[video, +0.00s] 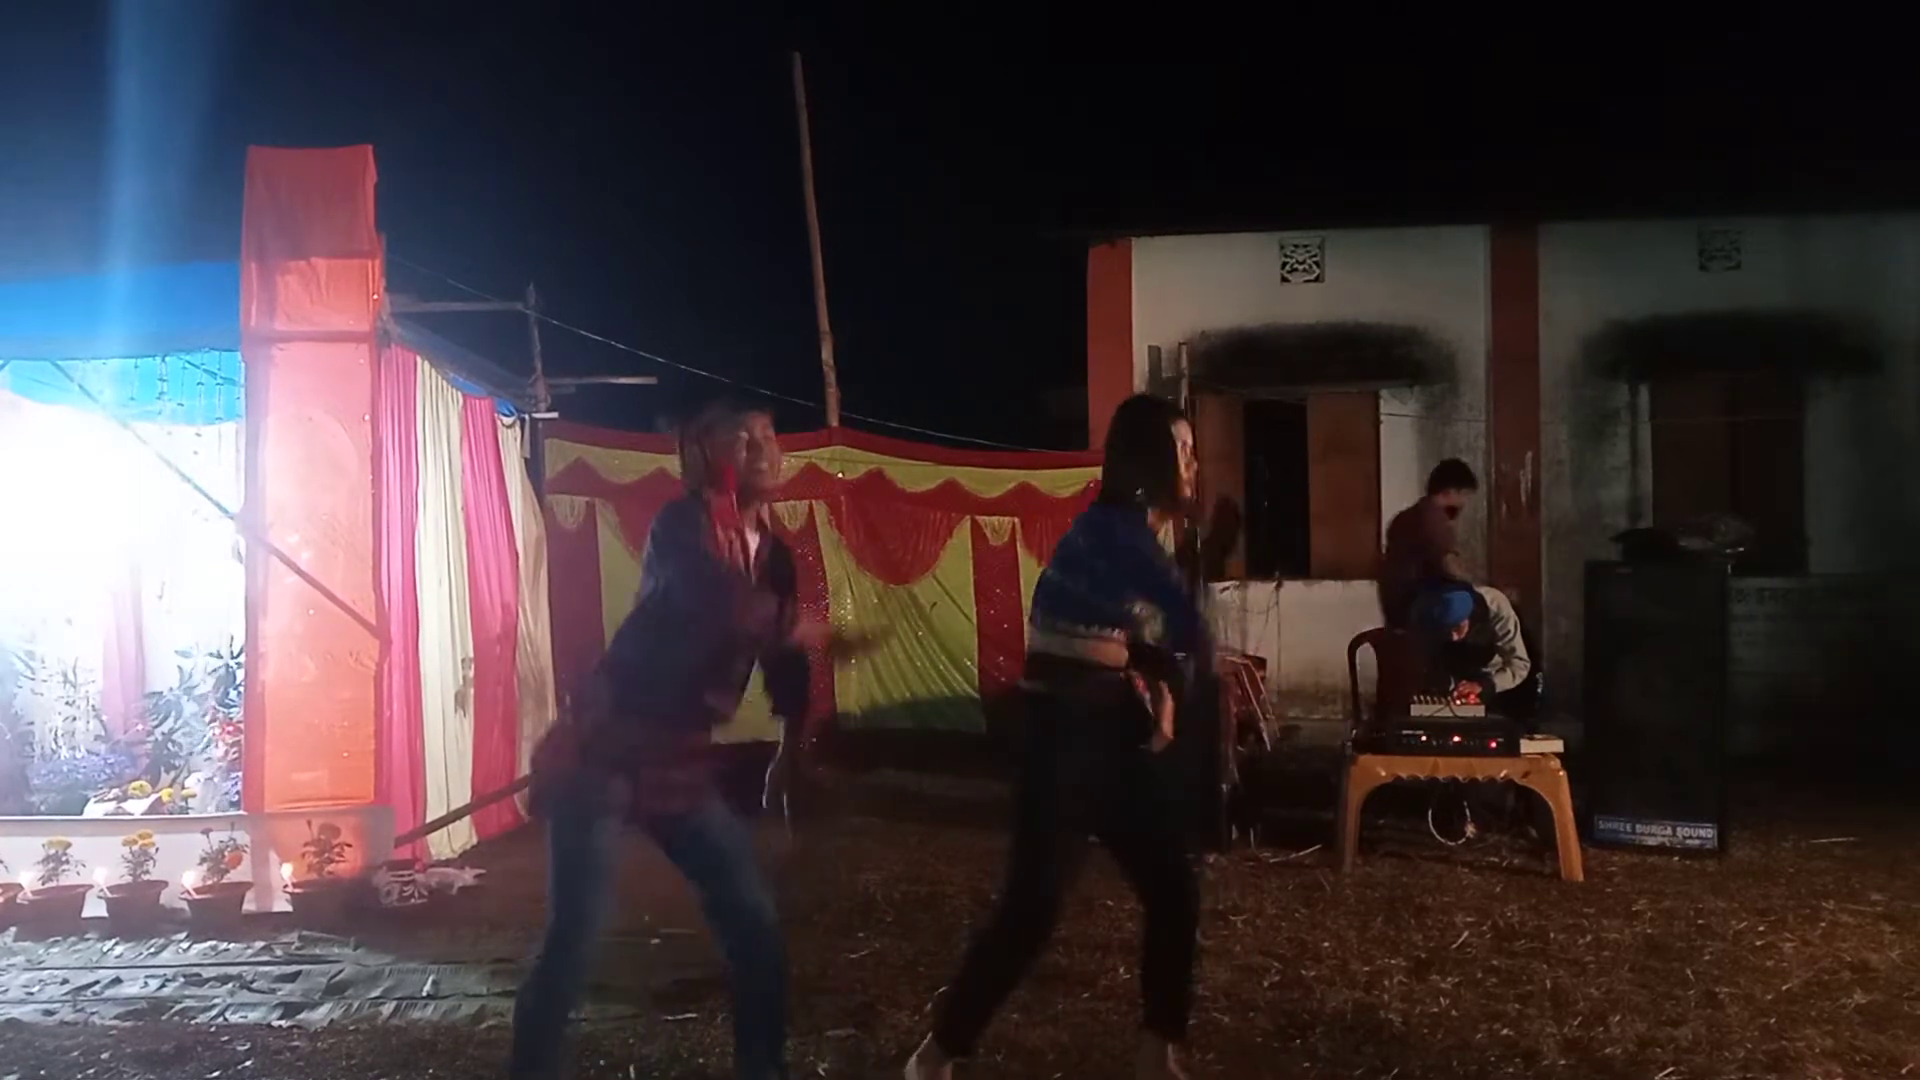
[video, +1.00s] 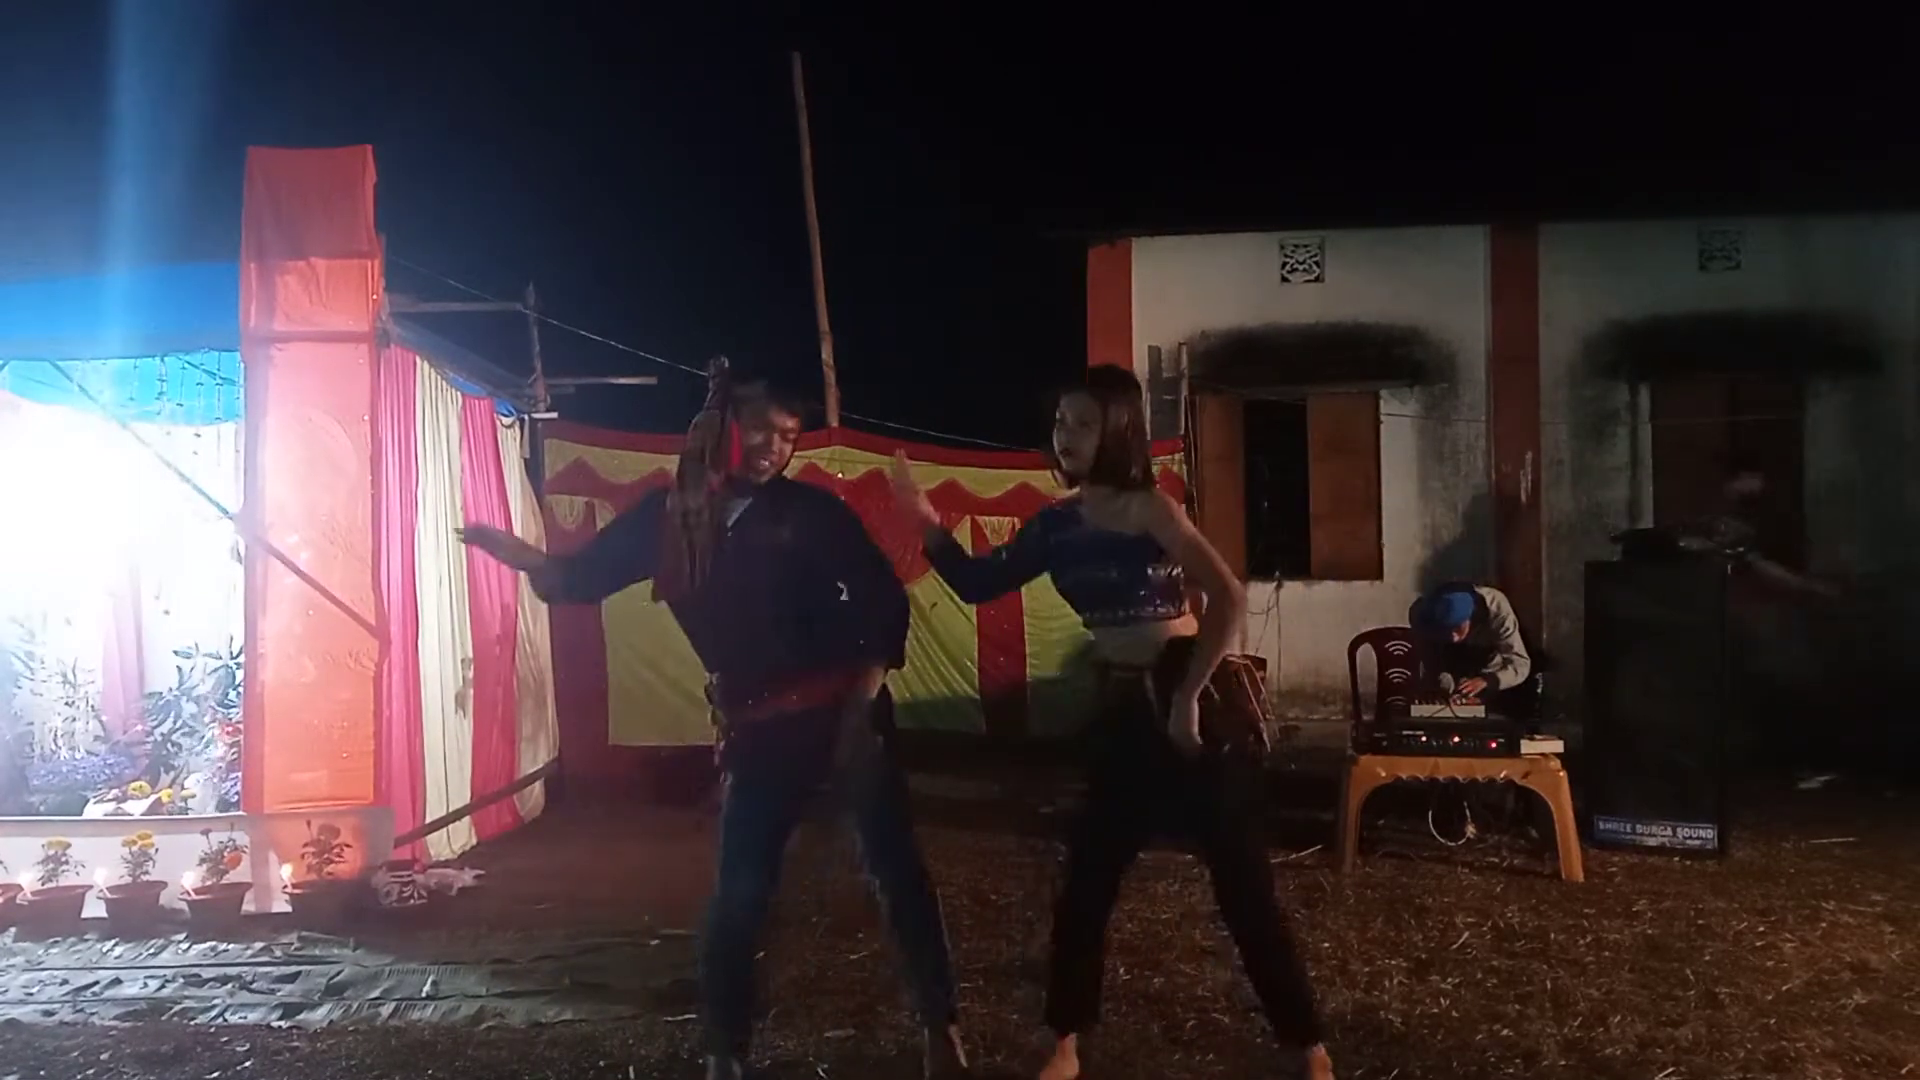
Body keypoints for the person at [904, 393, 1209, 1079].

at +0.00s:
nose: (1192, 465)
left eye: (1191, 450)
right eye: (1183, 451)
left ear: (1128, 455)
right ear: (1153, 456)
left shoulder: (1106, 525)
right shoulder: (1121, 531)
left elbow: (1100, 639)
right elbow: (1191, 631)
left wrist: (1154, 683)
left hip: (1102, 730)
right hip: (1063, 731)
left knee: (1173, 888)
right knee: (1032, 906)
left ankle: (1161, 1052)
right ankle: (934, 1055)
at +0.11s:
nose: (1186, 440)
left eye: (1187, 427)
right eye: (1175, 427)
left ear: (1174, 430)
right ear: (1141, 430)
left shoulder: (1138, 498)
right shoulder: (1120, 493)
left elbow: (1104, 616)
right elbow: (1195, 522)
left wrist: (1137, 674)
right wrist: (1233, 502)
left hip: (1097, 702)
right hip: (1048, 699)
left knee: (1150, 885)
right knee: (1020, 894)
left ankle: (1157, 1052)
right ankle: (936, 1051)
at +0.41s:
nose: (1147, 469)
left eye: (1150, 455)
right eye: (1131, 455)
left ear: (1153, 462)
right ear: (1096, 463)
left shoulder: (1147, 545)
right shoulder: (1059, 543)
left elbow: (1150, 644)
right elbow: (1028, 654)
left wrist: (1176, 710)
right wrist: (1110, 665)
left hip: (1122, 741)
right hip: (1056, 743)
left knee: (1192, 912)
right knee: (1025, 926)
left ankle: (1165, 1052)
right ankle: (943, 1062)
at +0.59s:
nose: (1084, 414)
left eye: (1101, 401)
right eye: (1074, 400)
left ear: (1128, 409)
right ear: (1058, 405)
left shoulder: (1165, 490)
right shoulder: (1049, 484)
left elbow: (1223, 590)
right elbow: (1006, 571)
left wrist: (1198, 681)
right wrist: (1017, 487)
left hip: (1154, 684)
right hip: (1071, 682)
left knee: (1189, 862)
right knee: (1047, 861)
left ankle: (1239, 1037)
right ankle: (1037, 1037)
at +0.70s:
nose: (1068, 445)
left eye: (1084, 431)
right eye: (1063, 430)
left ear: (1122, 439)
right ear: (1057, 437)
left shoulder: (1162, 518)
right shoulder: (1048, 520)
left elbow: (1228, 622)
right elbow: (1011, 623)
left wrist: (1183, 707)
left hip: (1162, 721)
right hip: (1082, 723)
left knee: (1210, 898)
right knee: (1047, 906)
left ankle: (1296, 1048)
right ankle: (1063, 1054)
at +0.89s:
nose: (1060, 467)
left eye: (1078, 457)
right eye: (1058, 453)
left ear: (1112, 470)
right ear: (1053, 461)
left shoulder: (1151, 541)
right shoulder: (1057, 558)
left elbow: (1228, 638)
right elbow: (1015, 650)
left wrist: (1179, 729)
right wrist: (998, 681)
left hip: (1181, 731)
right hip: (1107, 737)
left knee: (1221, 913)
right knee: (1062, 915)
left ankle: (1306, 1061)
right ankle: (1058, 1057)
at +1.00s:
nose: (1064, 437)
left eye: (1081, 425)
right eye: (1059, 422)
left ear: (1120, 433)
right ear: (1054, 428)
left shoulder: (1150, 509)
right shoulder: (1057, 522)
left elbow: (1227, 597)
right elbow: (975, 583)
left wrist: (1189, 692)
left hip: (1195, 700)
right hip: (1124, 707)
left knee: (1242, 885)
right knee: (1086, 881)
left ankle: (1311, 1052)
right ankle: (1064, 1050)